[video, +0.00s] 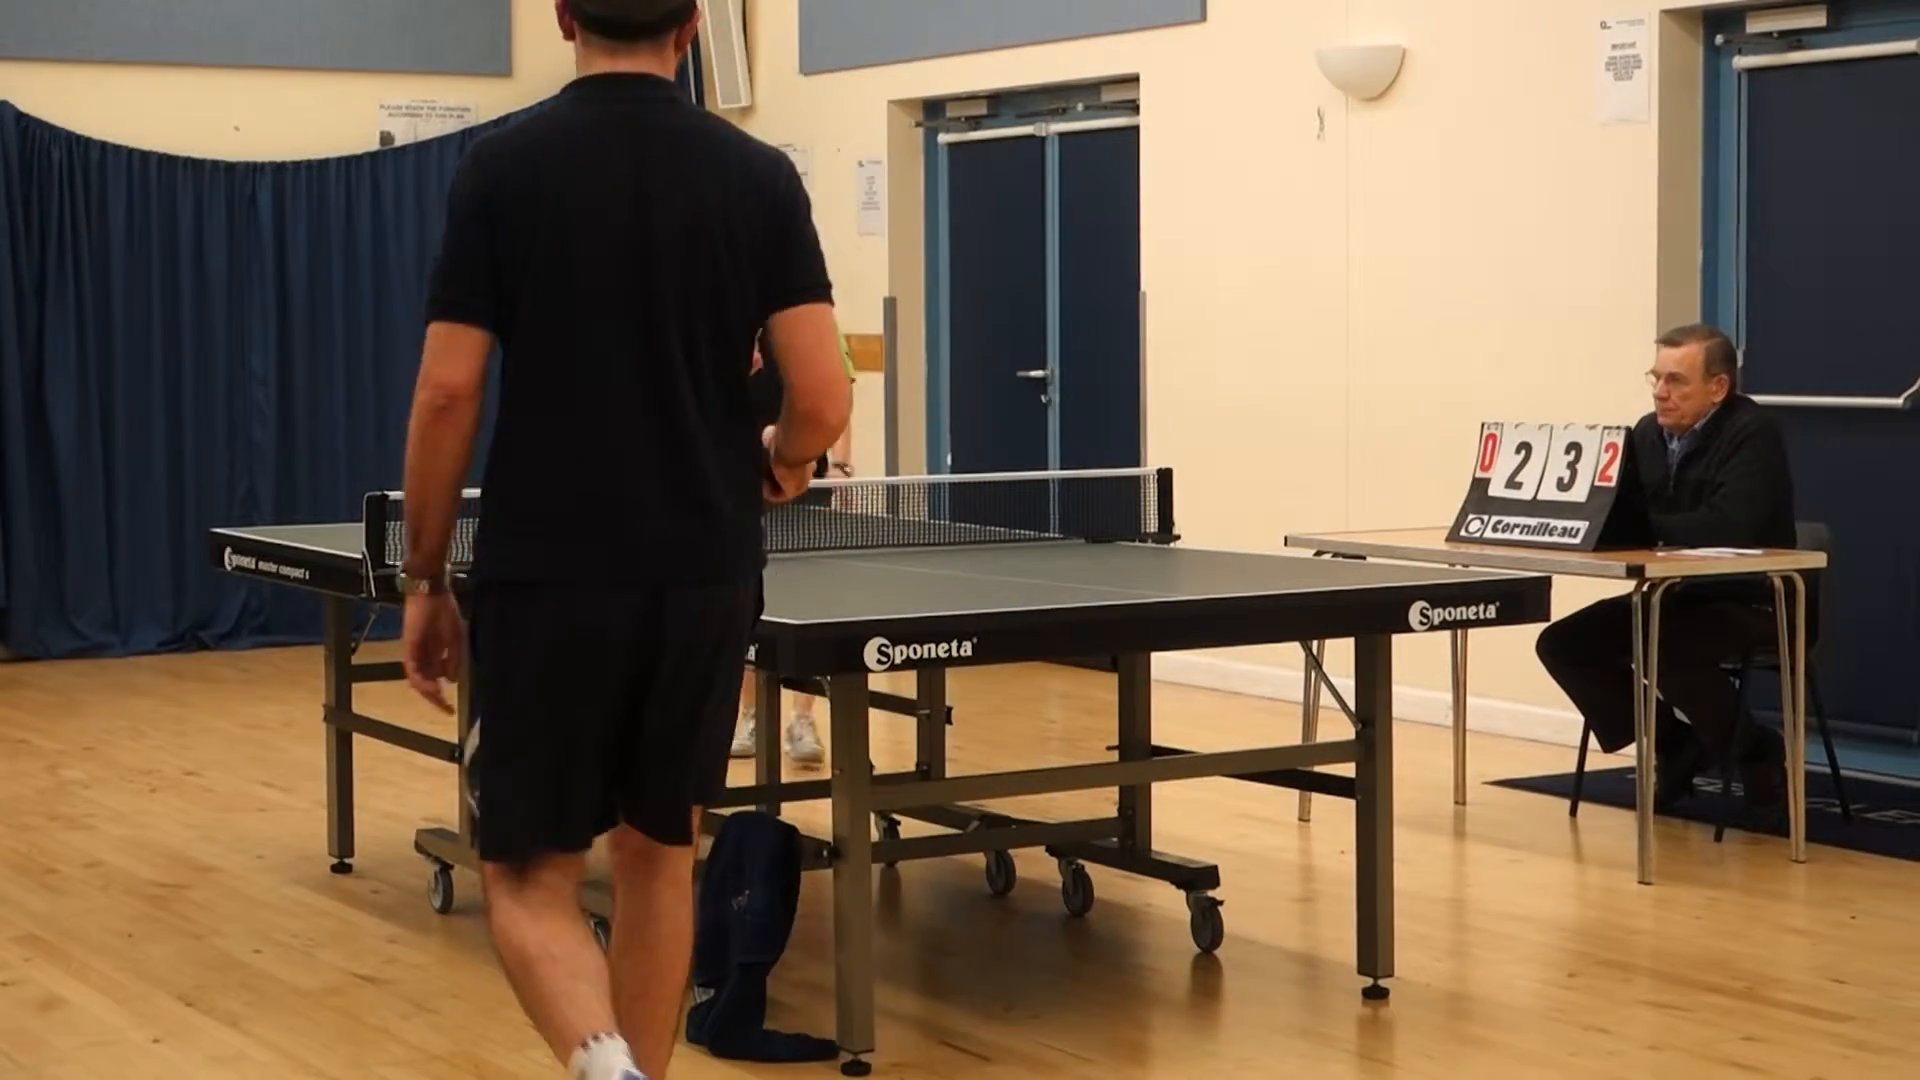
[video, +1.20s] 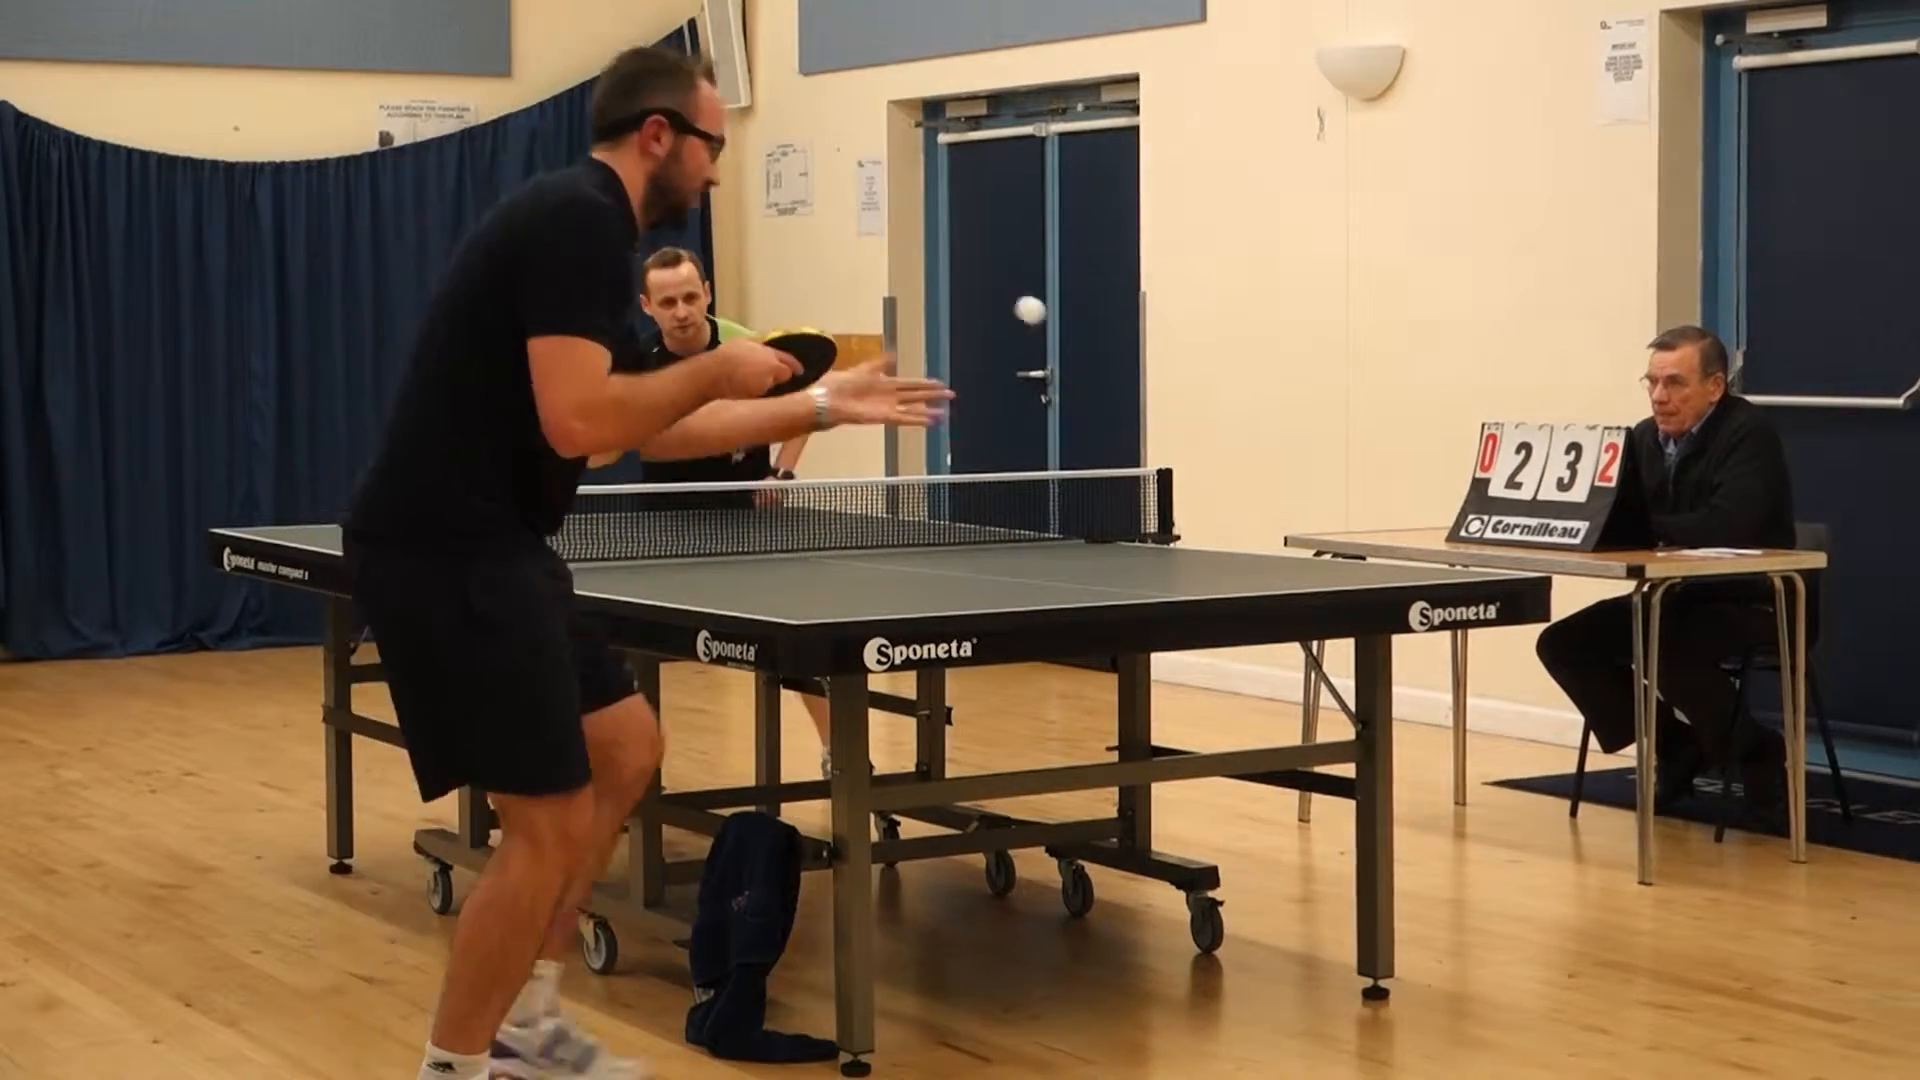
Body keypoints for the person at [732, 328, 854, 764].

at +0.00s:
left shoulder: (813, 320)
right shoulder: (725, 320)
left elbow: (837, 389)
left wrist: (840, 461)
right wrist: (734, 453)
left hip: (806, 476)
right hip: (742, 474)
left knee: (808, 600)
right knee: (745, 604)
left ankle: (802, 719)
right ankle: (749, 713)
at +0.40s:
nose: (745, 245)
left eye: (756, 234)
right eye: (733, 235)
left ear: (773, 242)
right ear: (715, 243)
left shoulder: (801, 316)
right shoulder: (688, 315)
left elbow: (827, 398)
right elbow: (644, 381)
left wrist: (846, 476)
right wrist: (654, 429)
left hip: (775, 496)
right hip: (697, 497)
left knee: (768, 617)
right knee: (674, 613)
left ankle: (763, 733)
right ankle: (714, 691)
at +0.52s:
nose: (730, 246)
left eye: (740, 235)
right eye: (718, 236)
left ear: (759, 241)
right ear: (701, 244)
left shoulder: (789, 315)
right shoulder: (679, 315)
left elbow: (818, 393)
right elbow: (652, 381)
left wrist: (805, 454)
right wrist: (658, 426)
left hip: (763, 492)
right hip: (687, 490)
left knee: (771, 618)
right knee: (647, 613)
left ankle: (763, 740)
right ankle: (648, 731)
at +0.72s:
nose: (693, 265)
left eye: (702, 253)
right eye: (680, 255)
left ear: (721, 256)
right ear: (662, 263)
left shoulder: (759, 328)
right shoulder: (641, 335)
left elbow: (793, 404)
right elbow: (620, 414)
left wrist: (778, 455)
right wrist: (674, 432)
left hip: (741, 512)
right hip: (661, 511)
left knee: (764, 630)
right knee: (623, 632)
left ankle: (759, 748)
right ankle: (573, 738)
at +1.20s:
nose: (679, 312)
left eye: (689, 298)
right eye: (665, 302)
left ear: (706, 297)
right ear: (647, 307)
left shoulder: (741, 349)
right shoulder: (633, 361)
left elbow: (801, 407)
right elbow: (597, 453)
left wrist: (780, 475)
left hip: (744, 510)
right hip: (667, 516)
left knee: (795, 624)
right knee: (627, 629)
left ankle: (836, 747)